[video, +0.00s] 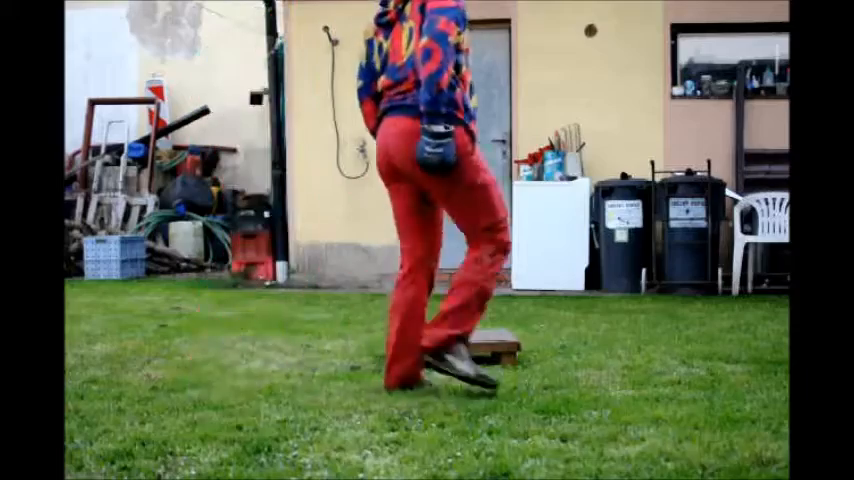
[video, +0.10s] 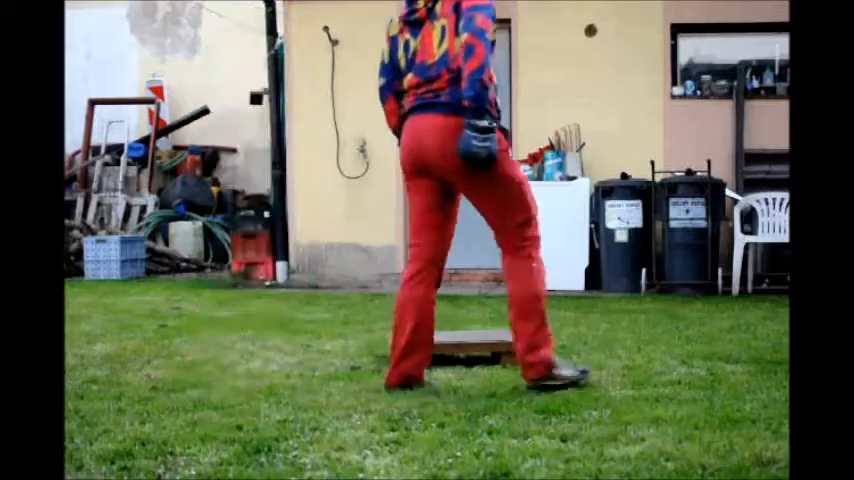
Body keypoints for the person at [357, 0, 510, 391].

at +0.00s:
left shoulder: (386, 17)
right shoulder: (446, 5)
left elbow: (366, 81)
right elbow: (434, 51)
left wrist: (383, 133)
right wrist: (437, 126)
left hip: (391, 130)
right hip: (431, 127)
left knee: (416, 262)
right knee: (491, 238)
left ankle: (402, 373)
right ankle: (448, 338)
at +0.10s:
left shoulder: (402, 20)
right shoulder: (474, 4)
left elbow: (387, 84)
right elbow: (475, 44)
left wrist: (408, 136)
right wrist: (480, 118)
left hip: (414, 129)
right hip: (463, 124)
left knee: (423, 261)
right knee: (520, 239)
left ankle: (405, 374)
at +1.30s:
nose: (584, 31)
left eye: (584, 21)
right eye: (580, 24)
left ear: (604, 12)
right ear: (615, 11)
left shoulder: (621, 36)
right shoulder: (660, 37)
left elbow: (644, 92)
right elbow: (694, 94)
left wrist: (629, 133)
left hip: (674, 137)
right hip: (713, 134)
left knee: (652, 250)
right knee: (703, 248)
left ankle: (662, 354)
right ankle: (735, 344)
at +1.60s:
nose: (591, 150)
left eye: (588, 141)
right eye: (586, 145)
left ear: (602, 126)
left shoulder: (632, 111)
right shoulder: (639, 154)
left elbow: (679, 127)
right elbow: (642, 213)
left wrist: (668, 185)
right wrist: (627, 287)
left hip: (725, 150)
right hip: (752, 155)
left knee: (665, 244)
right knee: (703, 255)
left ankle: (663, 354)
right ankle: (734, 347)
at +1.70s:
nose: (596, 173)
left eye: (592, 164)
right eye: (590, 168)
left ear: (606, 146)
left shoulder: (631, 127)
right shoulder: (645, 168)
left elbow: (681, 132)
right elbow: (656, 219)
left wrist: (675, 188)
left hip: (727, 152)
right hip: (758, 158)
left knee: (665, 245)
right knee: (705, 255)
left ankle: (662, 355)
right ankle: (734, 348)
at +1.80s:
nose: (599, 170)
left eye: (594, 160)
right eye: (593, 164)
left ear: (606, 143)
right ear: (606, 145)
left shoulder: (632, 124)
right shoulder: (646, 169)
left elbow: (680, 130)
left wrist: (674, 185)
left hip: (727, 148)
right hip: (758, 153)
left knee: (669, 247)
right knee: (709, 255)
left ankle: (662, 354)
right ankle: (735, 347)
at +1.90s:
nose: (599, 155)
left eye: (596, 146)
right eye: (594, 150)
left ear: (607, 129)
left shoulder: (632, 113)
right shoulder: (647, 156)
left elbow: (678, 127)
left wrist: (673, 181)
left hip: (725, 144)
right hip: (758, 148)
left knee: (673, 250)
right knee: (714, 252)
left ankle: (663, 354)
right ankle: (735, 346)